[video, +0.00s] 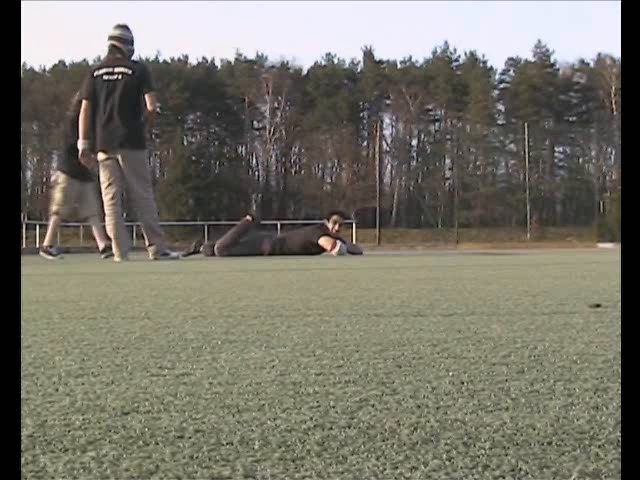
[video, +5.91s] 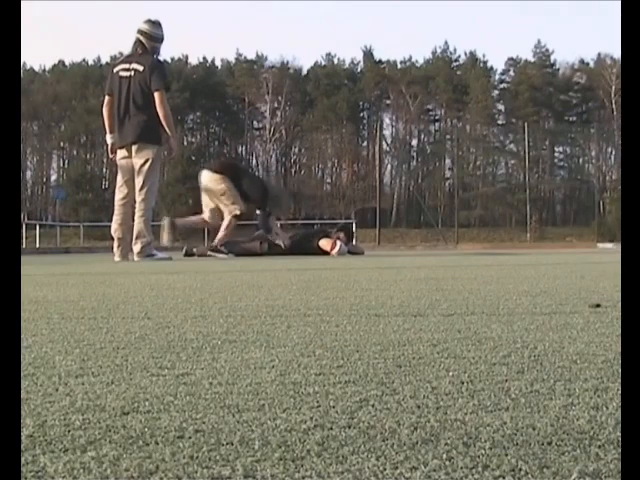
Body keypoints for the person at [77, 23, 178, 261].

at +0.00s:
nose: (132, 51)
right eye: (131, 47)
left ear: (109, 44)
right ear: (130, 46)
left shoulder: (94, 72)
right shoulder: (139, 69)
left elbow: (85, 109)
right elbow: (152, 107)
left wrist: (82, 143)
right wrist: (146, 121)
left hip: (102, 142)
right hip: (132, 141)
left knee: (110, 197)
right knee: (142, 193)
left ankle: (119, 251)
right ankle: (157, 245)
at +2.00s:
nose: (161, 48)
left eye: (162, 43)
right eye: (161, 43)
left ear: (140, 38)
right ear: (156, 42)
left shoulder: (118, 63)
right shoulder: (153, 64)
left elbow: (105, 100)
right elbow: (157, 100)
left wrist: (101, 135)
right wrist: (166, 132)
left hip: (119, 136)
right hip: (144, 136)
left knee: (122, 195)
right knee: (143, 195)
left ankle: (119, 250)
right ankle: (142, 247)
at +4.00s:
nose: (163, 48)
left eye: (164, 44)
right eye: (163, 44)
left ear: (142, 38)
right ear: (159, 43)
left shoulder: (120, 65)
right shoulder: (156, 65)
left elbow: (109, 103)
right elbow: (160, 101)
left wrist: (110, 134)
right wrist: (172, 124)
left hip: (123, 137)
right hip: (148, 138)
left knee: (124, 196)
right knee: (145, 197)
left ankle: (119, 249)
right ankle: (142, 248)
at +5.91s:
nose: (160, 47)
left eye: (160, 43)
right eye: (159, 43)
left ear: (138, 38)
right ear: (155, 42)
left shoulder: (118, 66)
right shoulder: (153, 64)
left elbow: (107, 104)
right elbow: (160, 102)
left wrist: (110, 136)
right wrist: (172, 134)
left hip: (121, 138)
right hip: (147, 137)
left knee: (123, 196)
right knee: (144, 196)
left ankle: (119, 249)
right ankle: (142, 248)